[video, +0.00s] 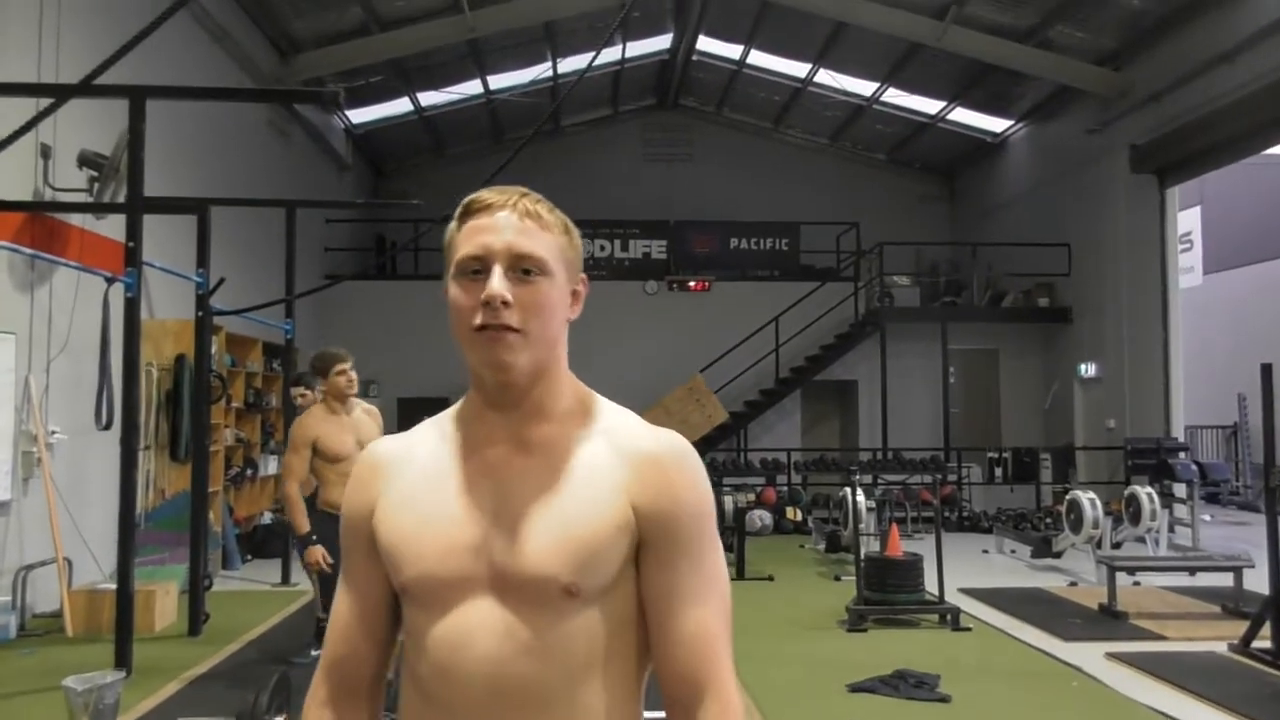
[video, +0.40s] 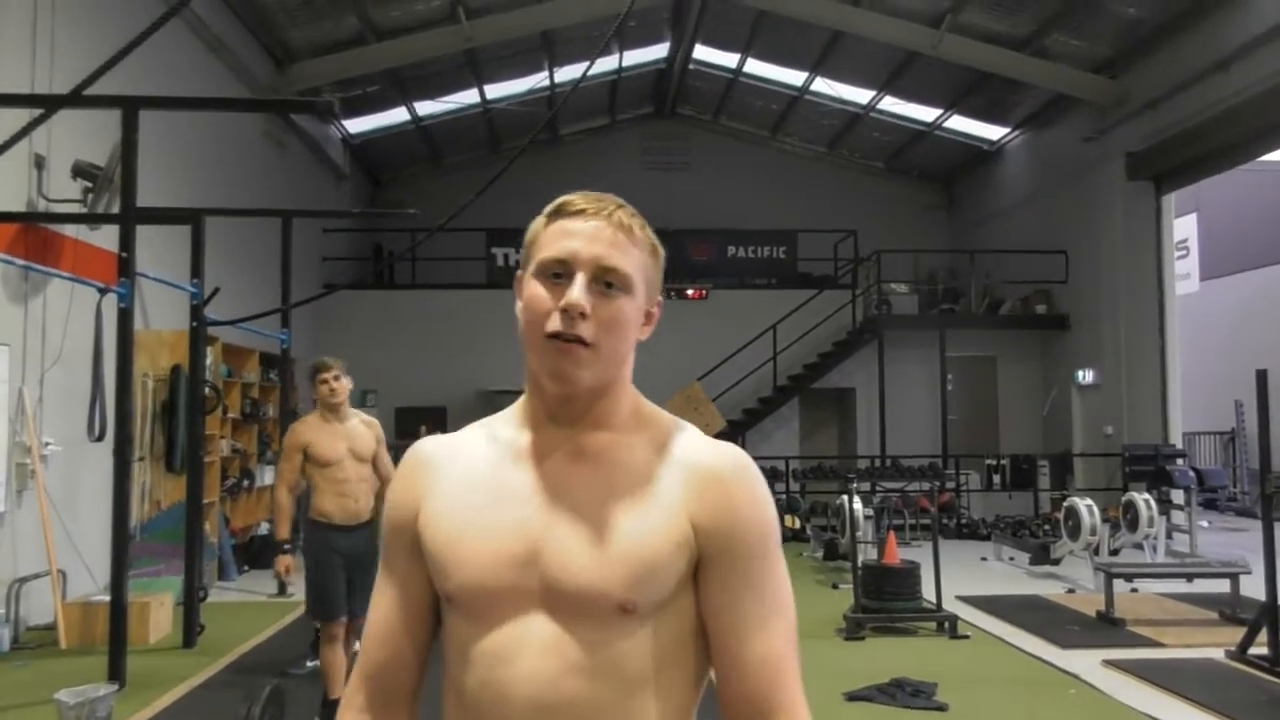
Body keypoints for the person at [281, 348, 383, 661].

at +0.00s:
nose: (351, 378)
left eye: (352, 371)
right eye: (342, 374)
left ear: (356, 374)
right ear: (323, 382)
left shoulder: (371, 414)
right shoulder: (307, 424)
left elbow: (380, 465)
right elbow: (291, 485)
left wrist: (387, 511)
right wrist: (307, 541)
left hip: (371, 515)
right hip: (331, 519)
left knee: (376, 595)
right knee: (332, 602)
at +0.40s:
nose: (331, 386)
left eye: (336, 380)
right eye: (323, 382)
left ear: (349, 384)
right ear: (315, 391)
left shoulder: (370, 426)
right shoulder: (302, 431)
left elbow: (390, 478)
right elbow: (284, 488)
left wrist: (407, 520)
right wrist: (283, 547)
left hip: (365, 530)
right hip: (324, 532)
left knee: (356, 625)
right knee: (334, 628)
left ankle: (344, 697)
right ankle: (335, 705)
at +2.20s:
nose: (237, 442)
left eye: (242, 435)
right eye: (228, 436)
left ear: (251, 441)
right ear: (212, 444)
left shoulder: (270, 482)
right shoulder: (197, 491)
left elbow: (287, 538)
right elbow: (177, 548)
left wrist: (305, 591)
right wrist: (185, 608)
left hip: (266, 596)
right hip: (220, 599)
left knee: (275, 686)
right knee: (224, 694)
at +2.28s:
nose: (244, 444)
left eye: (249, 437)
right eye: (234, 438)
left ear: (255, 443)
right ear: (217, 446)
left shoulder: (271, 485)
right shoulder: (200, 491)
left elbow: (286, 541)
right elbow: (177, 548)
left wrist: (305, 594)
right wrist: (188, 609)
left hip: (267, 598)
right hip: (222, 601)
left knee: (277, 688)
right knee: (225, 697)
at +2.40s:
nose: (253, 446)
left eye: (258, 441)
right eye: (245, 440)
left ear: (263, 446)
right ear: (225, 446)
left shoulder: (273, 489)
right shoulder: (204, 492)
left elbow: (285, 547)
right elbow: (179, 550)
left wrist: (303, 599)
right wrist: (187, 612)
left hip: (269, 601)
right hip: (224, 604)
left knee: (278, 690)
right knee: (226, 700)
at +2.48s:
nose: (264, 448)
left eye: (267, 443)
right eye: (255, 441)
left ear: (269, 448)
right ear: (232, 446)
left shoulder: (274, 491)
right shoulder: (206, 492)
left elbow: (284, 549)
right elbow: (181, 550)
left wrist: (300, 602)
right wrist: (185, 613)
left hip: (271, 603)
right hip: (225, 605)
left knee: (277, 693)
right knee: (225, 702)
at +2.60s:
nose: (277, 454)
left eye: (277, 447)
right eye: (271, 446)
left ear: (254, 451)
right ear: (248, 449)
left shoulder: (276, 494)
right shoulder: (210, 494)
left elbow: (285, 551)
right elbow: (182, 551)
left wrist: (298, 604)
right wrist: (183, 614)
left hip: (272, 606)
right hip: (226, 608)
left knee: (275, 697)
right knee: (226, 703)